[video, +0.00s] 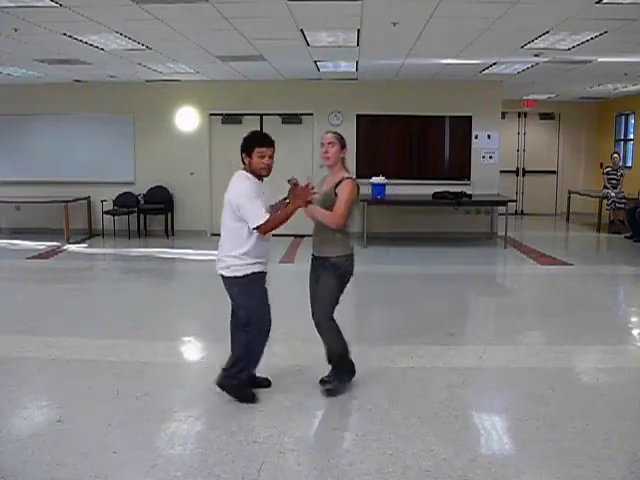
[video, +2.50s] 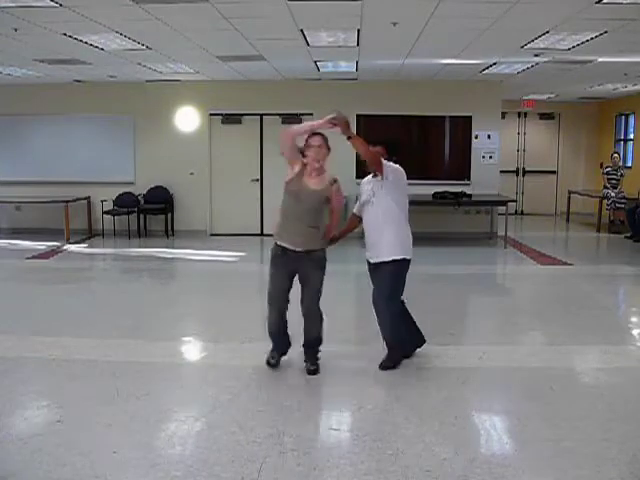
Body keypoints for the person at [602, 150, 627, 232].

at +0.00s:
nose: (615, 160)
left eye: (616, 158)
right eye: (613, 158)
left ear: (619, 160)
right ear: (611, 160)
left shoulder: (621, 171)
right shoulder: (607, 169)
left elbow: (621, 183)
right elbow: (605, 182)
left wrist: (617, 190)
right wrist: (611, 189)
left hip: (617, 188)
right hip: (608, 188)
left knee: (622, 196)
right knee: (612, 196)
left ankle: (621, 217)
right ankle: (611, 217)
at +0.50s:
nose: (615, 160)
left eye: (616, 158)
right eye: (613, 158)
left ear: (619, 160)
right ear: (611, 160)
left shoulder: (621, 171)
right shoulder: (607, 169)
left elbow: (621, 183)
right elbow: (605, 182)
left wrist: (617, 190)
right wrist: (611, 189)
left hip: (617, 188)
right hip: (608, 188)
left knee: (622, 196)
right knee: (612, 196)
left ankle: (621, 217)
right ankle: (611, 217)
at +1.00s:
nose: (615, 160)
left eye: (616, 158)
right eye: (613, 158)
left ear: (619, 160)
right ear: (611, 160)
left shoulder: (621, 170)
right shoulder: (606, 169)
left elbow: (621, 182)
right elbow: (605, 182)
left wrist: (618, 190)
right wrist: (611, 189)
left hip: (617, 188)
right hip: (608, 188)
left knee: (622, 196)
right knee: (611, 196)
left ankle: (621, 217)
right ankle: (611, 216)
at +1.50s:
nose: (615, 160)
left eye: (616, 158)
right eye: (613, 158)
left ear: (619, 160)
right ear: (611, 160)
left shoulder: (621, 170)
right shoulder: (606, 169)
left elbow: (621, 183)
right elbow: (605, 182)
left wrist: (617, 190)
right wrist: (611, 189)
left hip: (617, 188)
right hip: (608, 188)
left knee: (622, 196)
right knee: (611, 196)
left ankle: (621, 216)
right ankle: (611, 216)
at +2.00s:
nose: (615, 160)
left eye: (616, 158)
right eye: (613, 158)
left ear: (619, 159)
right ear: (611, 160)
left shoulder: (621, 170)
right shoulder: (606, 169)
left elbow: (621, 183)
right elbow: (605, 182)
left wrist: (617, 190)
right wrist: (611, 189)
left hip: (617, 188)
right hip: (608, 188)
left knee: (622, 196)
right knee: (611, 196)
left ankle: (621, 216)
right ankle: (611, 216)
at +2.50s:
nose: (615, 160)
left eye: (616, 158)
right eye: (613, 158)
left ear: (619, 160)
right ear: (611, 160)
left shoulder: (621, 170)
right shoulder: (606, 169)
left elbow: (621, 184)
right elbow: (605, 182)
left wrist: (617, 190)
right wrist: (611, 190)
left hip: (617, 188)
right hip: (608, 188)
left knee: (622, 196)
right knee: (611, 196)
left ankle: (621, 216)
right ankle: (611, 215)